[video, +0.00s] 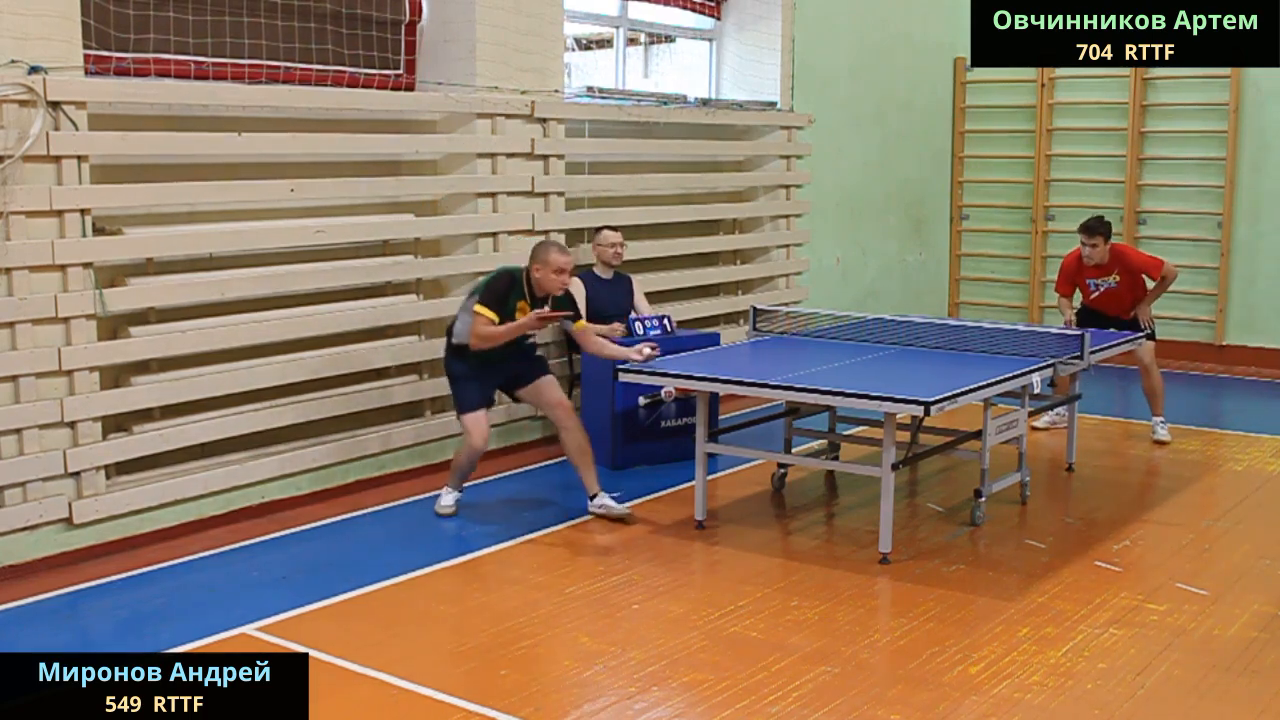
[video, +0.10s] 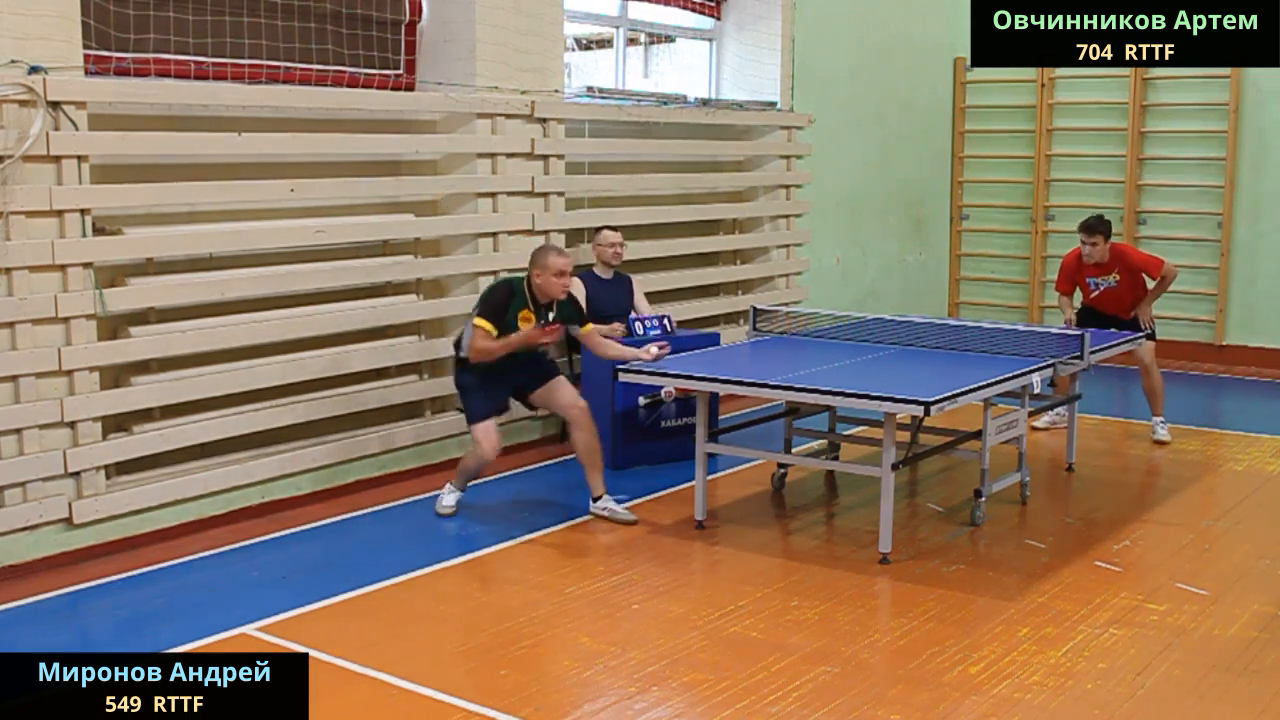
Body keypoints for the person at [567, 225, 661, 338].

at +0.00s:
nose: (619, 251)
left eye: (622, 246)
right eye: (612, 246)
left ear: (624, 247)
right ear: (595, 249)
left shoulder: (629, 281)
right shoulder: (579, 283)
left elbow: (648, 314)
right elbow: (579, 325)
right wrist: (605, 330)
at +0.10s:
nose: (618, 251)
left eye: (621, 246)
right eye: (612, 246)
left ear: (625, 248)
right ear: (595, 249)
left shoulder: (628, 282)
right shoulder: (580, 283)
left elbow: (649, 315)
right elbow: (577, 327)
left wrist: (666, 323)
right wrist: (605, 330)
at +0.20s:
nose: (618, 251)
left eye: (621, 246)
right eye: (611, 246)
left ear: (624, 248)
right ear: (595, 249)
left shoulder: (629, 282)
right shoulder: (579, 283)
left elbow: (649, 316)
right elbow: (576, 328)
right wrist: (607, 331)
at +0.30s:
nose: (618, 251)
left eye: (621, 246)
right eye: (611, 246)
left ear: (624, 248)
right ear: (595, 249)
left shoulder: (629, 281)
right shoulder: (581, 281)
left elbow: (646, 315)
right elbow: (577, 327)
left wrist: (665, 325)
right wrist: (607, 330)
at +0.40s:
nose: (617, 251)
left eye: (621, 246)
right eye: (611, 246)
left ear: (624, 247)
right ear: (595, 249)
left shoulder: (627, 281)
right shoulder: (579, 280)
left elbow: (648, 316)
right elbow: (577, 327)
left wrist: (664, 325)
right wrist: (606, 330)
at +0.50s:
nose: (617, 251)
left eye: (621, 246)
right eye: (611, 246)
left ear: (624, 248)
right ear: (595, 249)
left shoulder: (627, 280)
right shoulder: (579, 282)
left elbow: (648, 317)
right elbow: (577, 328)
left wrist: (664, 325)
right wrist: (606, 330)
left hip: (630, 347)